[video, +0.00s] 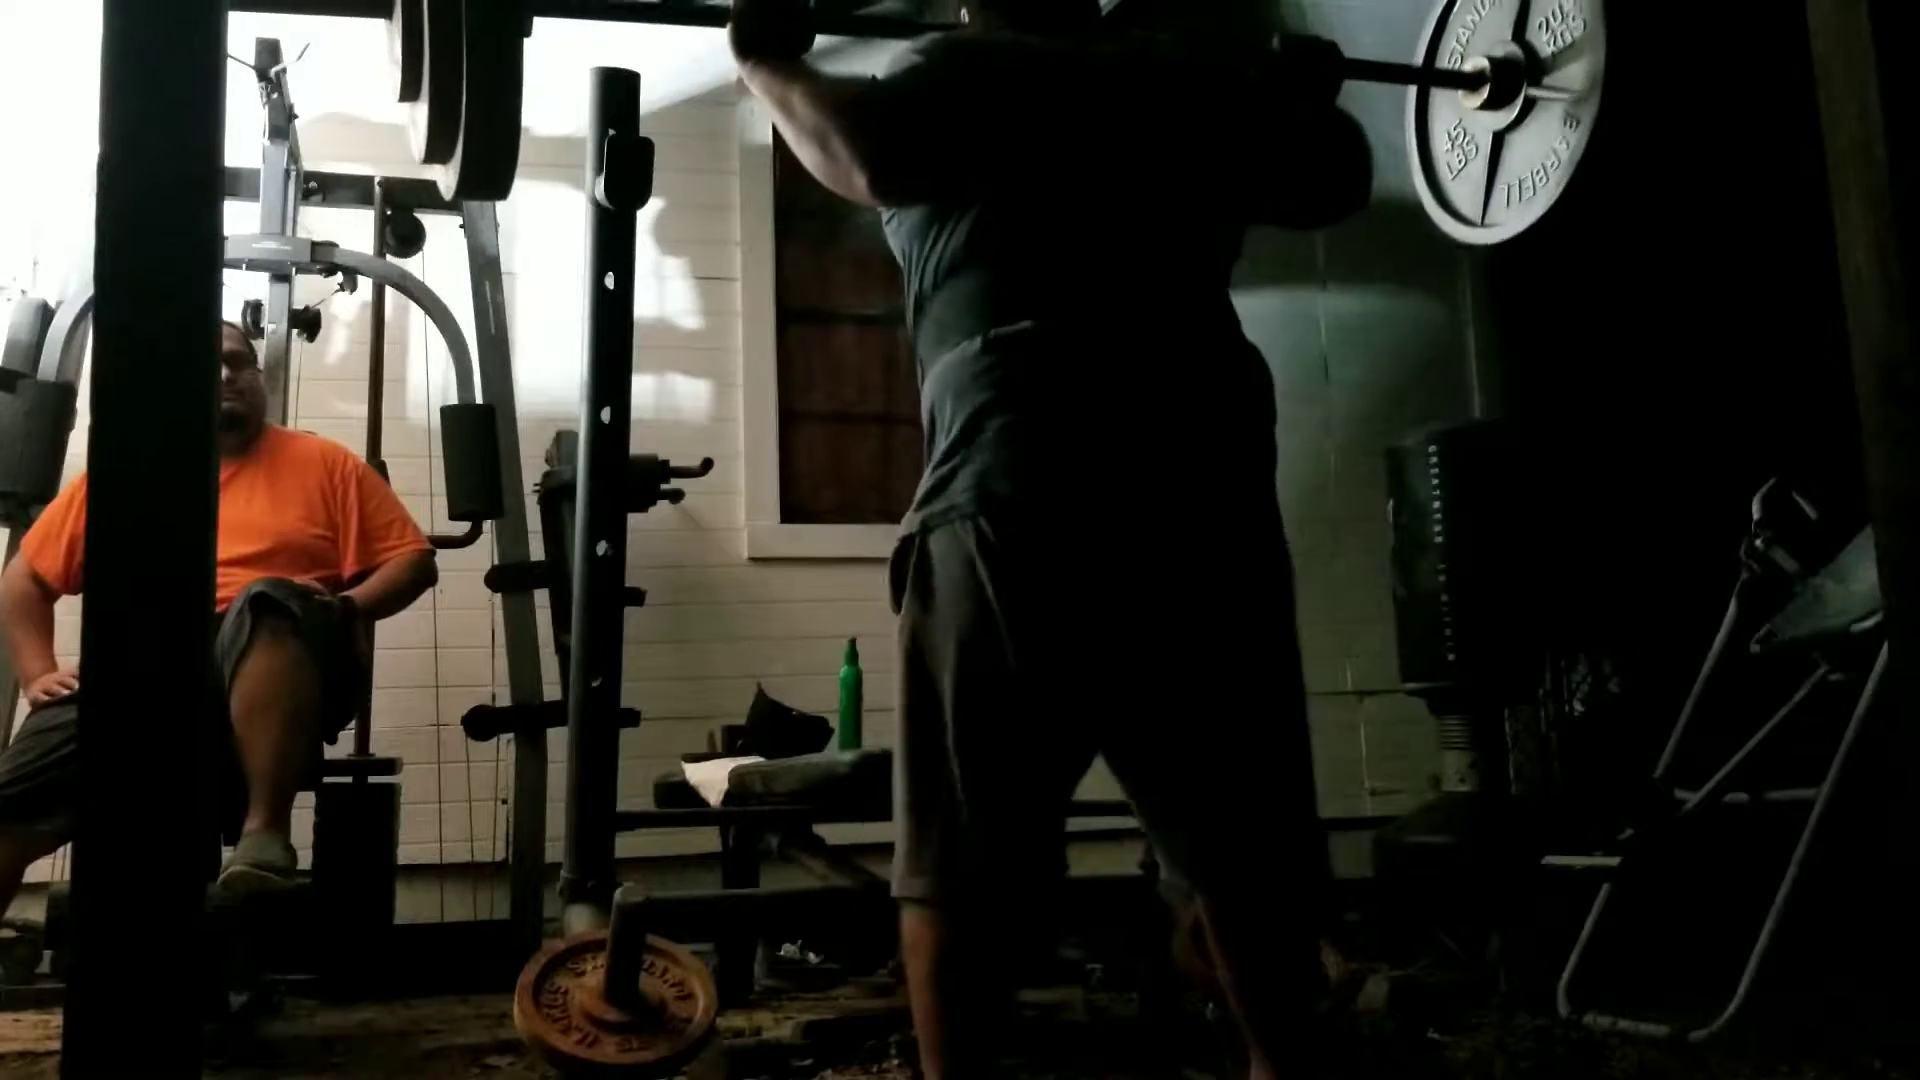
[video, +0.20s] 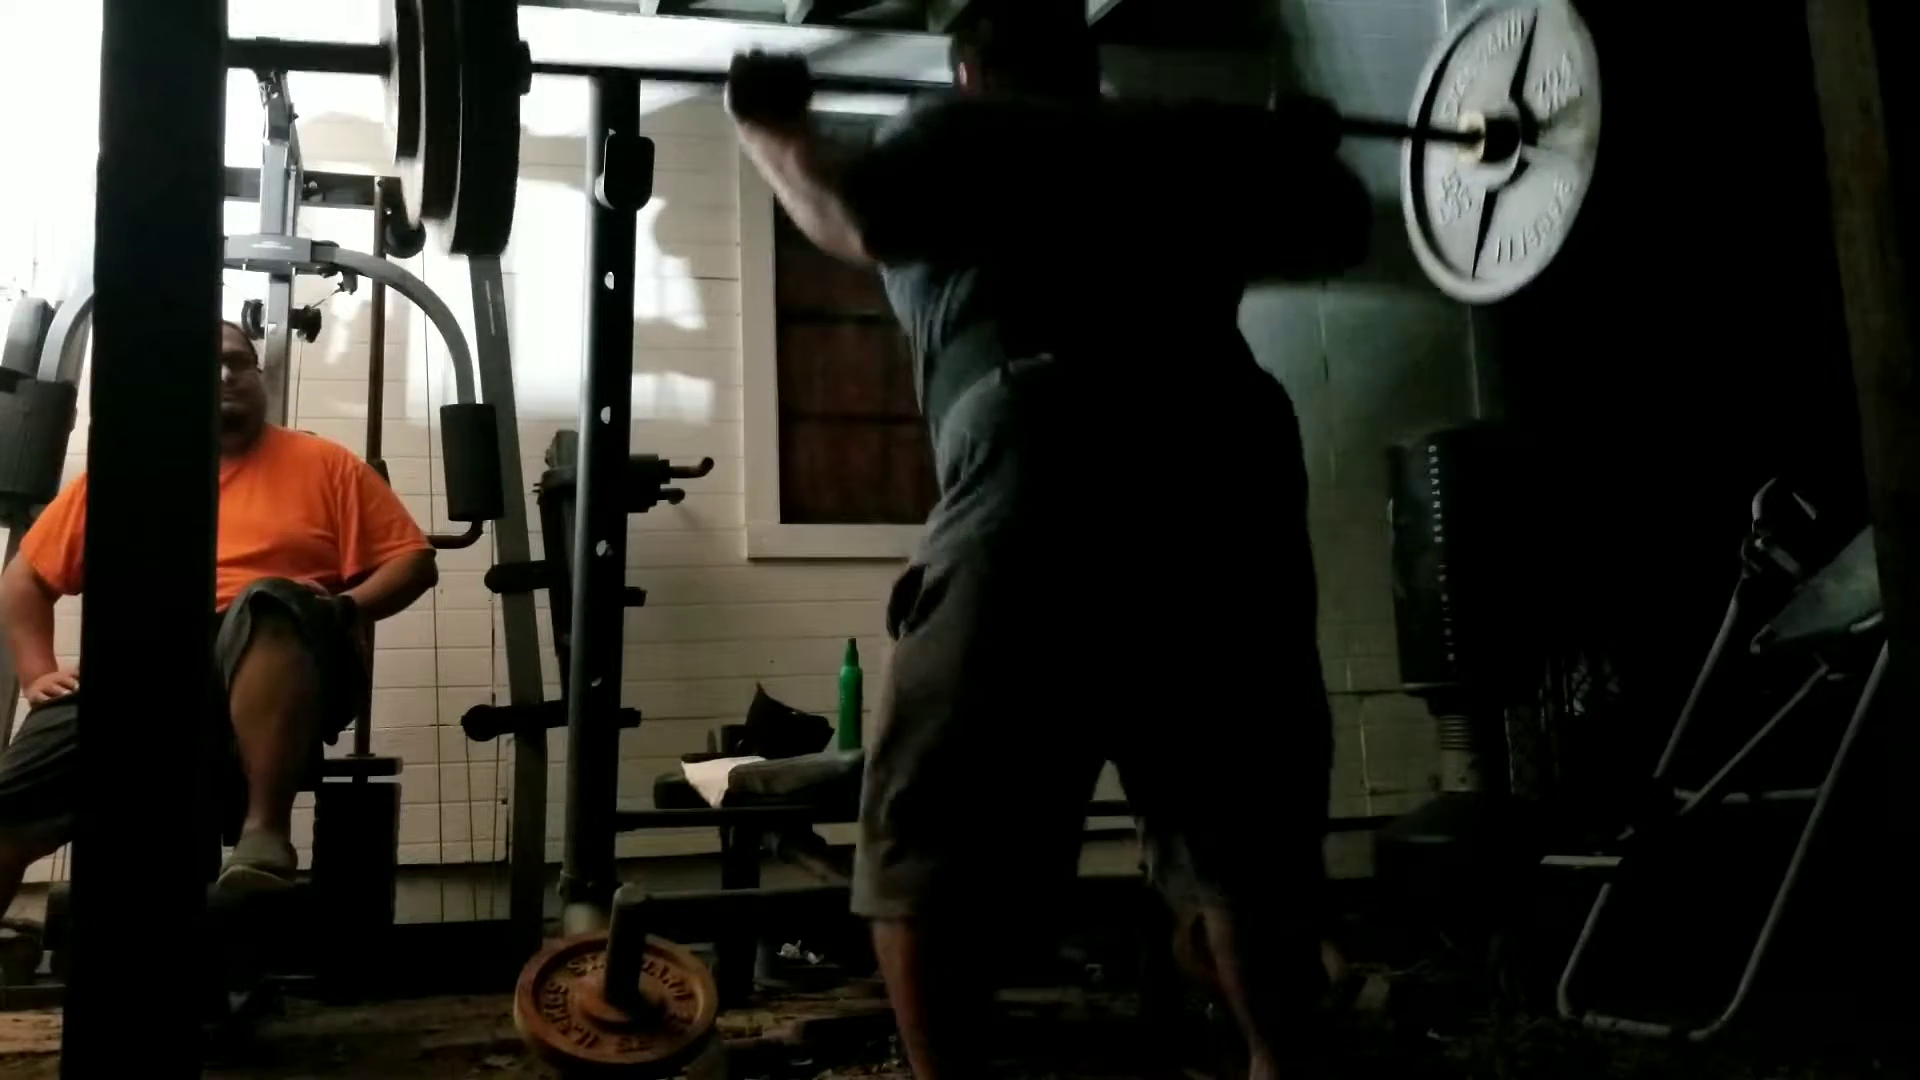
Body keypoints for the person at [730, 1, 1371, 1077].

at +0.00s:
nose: (937, 25)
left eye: (941, 13)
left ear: (967, 10)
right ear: (1092, 4)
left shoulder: (946, 77)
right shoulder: (1185, 87)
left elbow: (863, 160)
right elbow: (1336, 177)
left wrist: (764, 59)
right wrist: (1311, 87)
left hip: (1012, 487)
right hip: (1204, 482)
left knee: (960, 841)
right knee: (1242, 826)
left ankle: (954, 1063)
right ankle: (1283, 1057)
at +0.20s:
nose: (956, 77)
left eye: (959, 58)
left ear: (969, 65)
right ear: (1090, 63)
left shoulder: (940, 139)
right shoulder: (1183, 152)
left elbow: (858, 224)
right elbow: (1341, 230)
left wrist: (767, 127)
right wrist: (1306, 148)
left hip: (1031, 509)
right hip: (1226, 506)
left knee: (926, 837)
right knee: (1248, 828)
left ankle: (944, 1062)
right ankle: (1281, 1057)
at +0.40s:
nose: (954, 189)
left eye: (958, 174)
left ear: (968, 176)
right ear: (1092, 176)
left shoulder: (939, 239)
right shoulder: (1181, 243)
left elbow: (842, 315)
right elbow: (1336, 324)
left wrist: (769, 227)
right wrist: (1295, 231)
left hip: (1042, 566)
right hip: (1250, 559)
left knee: (888, 848)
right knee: (1235, 840)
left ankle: (935, 1060)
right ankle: (1280, 1054)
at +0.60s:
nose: (944, 285)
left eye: (948, 274)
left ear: (964, 279)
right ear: (1088, 276)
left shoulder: (932, 342)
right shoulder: (1175, 344)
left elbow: (846, 435)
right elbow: (1344, 430)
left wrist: (783, 347)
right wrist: (1301, 341)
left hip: (1046, 679)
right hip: (1260, 669)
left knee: (859, 845)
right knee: (1236, 863)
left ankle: (926, 1062)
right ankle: (1275, 1057)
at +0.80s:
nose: (948, 385)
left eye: (952, 371)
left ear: (968, 374)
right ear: (1086, 368)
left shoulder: (934, 444)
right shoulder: (1179, 437)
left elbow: (855, 542)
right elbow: (1345, 525)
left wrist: (775, 451)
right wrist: (1300, 434)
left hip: (1039, 793)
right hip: (1256, 782)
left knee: (825, 853)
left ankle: (920, 1062)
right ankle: (1276, 1053)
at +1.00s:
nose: (944, 407)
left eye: (945, 394)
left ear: (962, 396)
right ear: (1084, 386)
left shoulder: (931, 462)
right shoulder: (1178, 456)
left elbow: (839, 561)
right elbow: (1345, 557)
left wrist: (758, 469)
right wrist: (1305, 458)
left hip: (1032, 819)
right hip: (1245, 808)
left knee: (817, 850)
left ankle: (910, 1067)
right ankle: (1273, 1055)